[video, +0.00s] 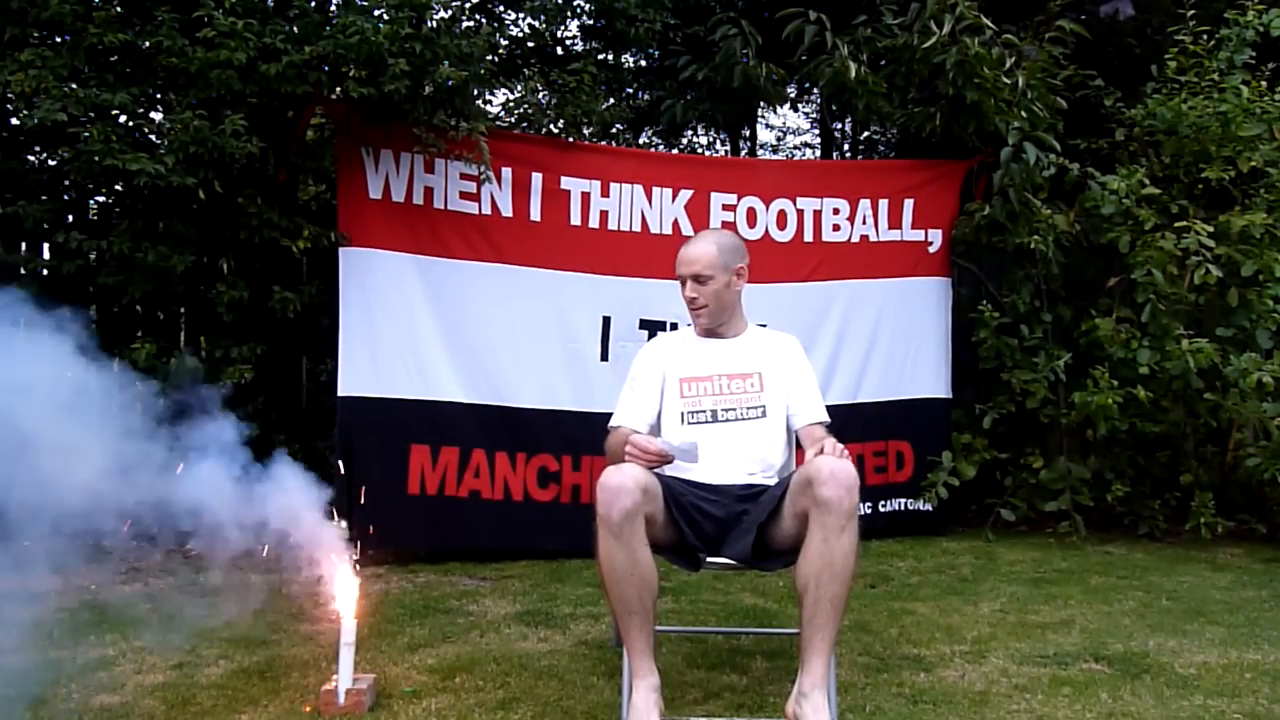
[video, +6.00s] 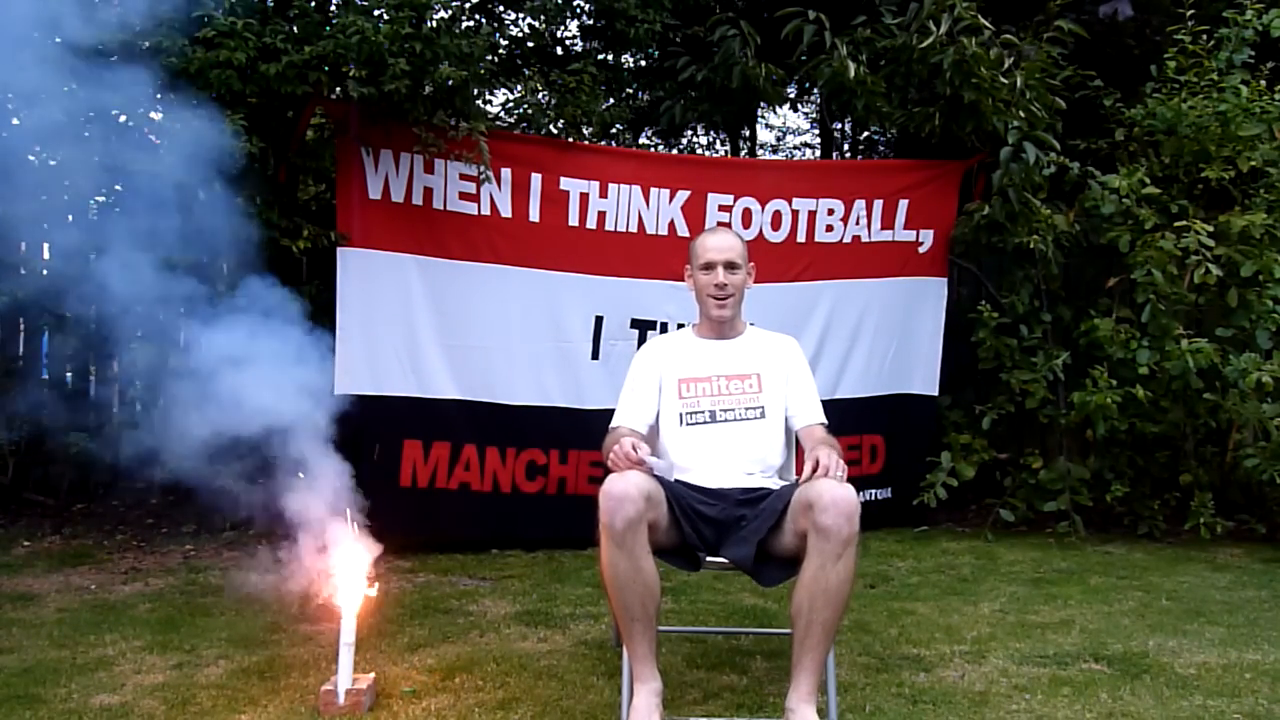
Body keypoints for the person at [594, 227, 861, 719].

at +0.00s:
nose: (689, 295)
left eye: (701, 281)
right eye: (683, 282)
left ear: (739, 279)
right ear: (678, 283)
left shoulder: (783, 349)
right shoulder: (660, 351)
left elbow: (813, 435)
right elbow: (615, 442)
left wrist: (825, 446)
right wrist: (632, 445)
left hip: (767, 504)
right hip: (679, 503)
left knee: (838, 477)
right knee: (615, 486)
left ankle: (812, 689)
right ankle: (643, 683)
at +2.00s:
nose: (685, 299)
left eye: (696, 285)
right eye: (679, 287)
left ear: (735, 279)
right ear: (674, 286)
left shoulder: (782, 350)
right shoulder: (659, 352)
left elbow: (812, 437)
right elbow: (616, 442)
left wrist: (823, 446)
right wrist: (635, 445)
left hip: (768, 505)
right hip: (680, 503)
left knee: (836, 477)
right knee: (617, 485)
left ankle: (812, 690)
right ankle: (642, 682)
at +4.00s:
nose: (725, 280)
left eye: (737, 269)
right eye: (713, 269)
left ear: (753, 277)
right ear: (693, 277)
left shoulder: (785, 348)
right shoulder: (660, 349)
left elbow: (814, 433)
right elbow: (623, 434)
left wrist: (824, 448)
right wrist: (623, 446)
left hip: (767, 502)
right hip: (680, 499)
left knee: (835, 494)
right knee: (619, 492)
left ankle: (806, 697)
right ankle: (645, 687)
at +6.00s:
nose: (721, 279)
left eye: (732, 267)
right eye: (708, 268)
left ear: (749, 276)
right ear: (690, 278)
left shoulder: (783, 350)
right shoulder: (657, 353)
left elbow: (815, 433)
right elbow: (621, 437)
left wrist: (825, 450)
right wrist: (622, 445)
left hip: (767, 504)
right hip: (680, 502)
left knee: (838, 503)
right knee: (619, 493)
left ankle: (803, 700)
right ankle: (645, 688)